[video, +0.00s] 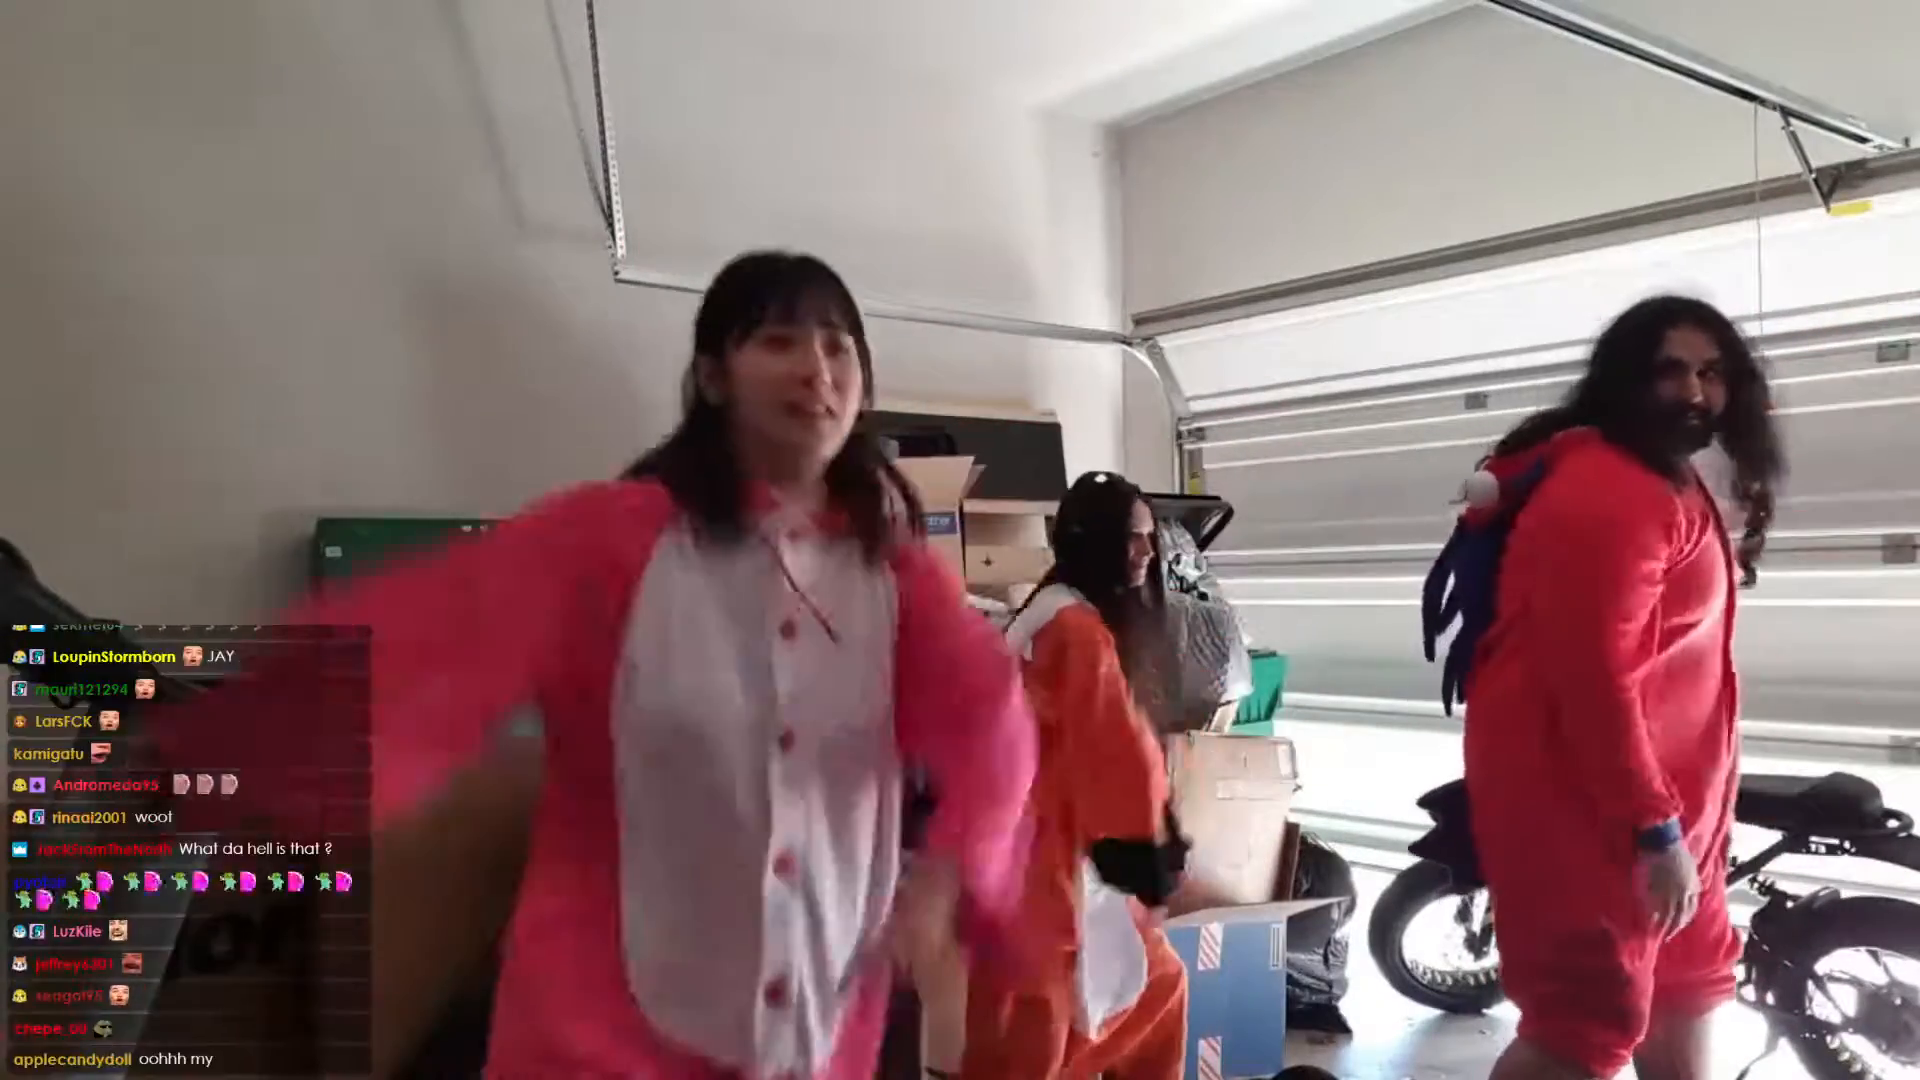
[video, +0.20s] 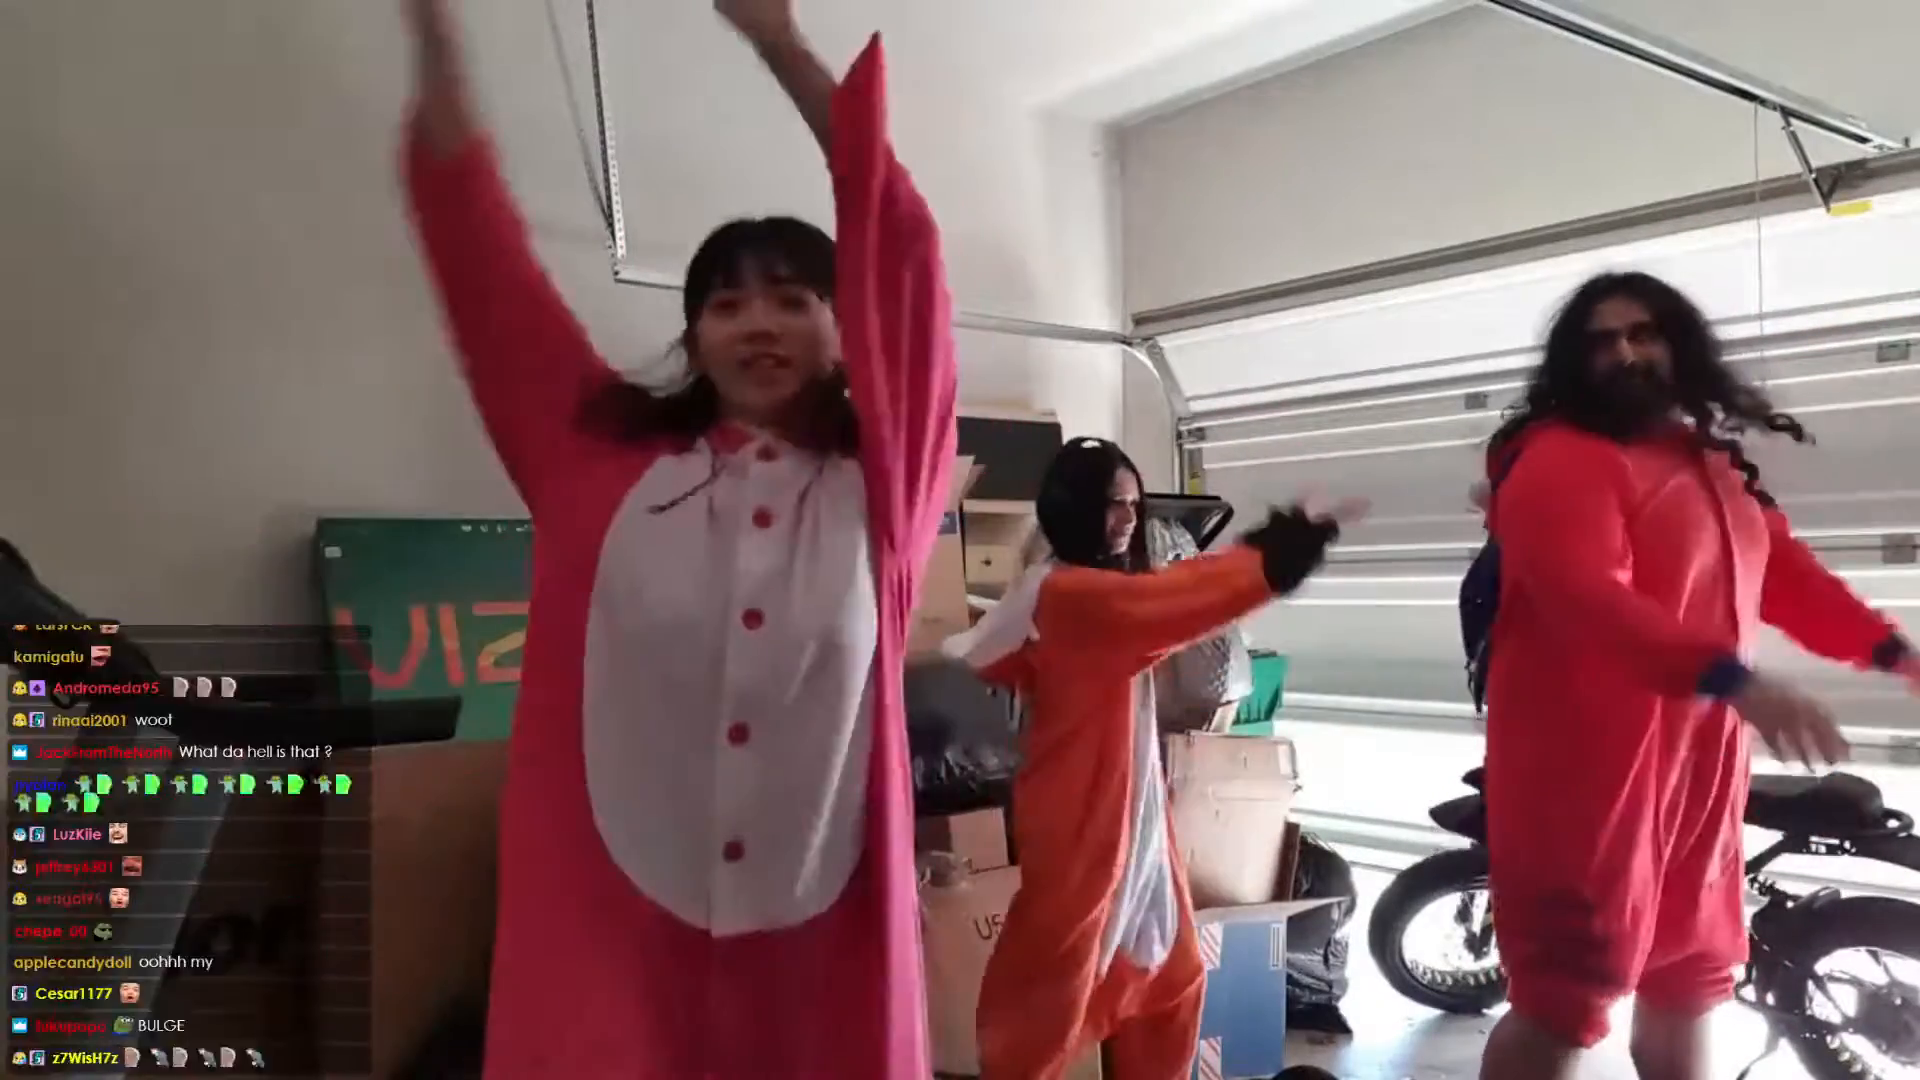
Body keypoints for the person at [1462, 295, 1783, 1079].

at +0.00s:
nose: (1695, 391)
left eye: (1713, 373)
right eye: (1670, 371)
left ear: (1730, 389)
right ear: (1627, 380)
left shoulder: (1675, 485)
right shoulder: (1603, 491)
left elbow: (1664, 667)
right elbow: (1592, 675)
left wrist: (1691, 812)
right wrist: (1655, 828)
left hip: (1662, 798)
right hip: (1578, 807)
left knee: (1689, 984)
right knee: (1586, 1027)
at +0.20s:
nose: (1626, 353)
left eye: (1645, 334)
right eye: (1601, 341)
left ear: (1679, 350)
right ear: (1574, 364)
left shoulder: (1718, 471)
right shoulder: (1558, 461)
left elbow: (1790, 580)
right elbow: (1588, 598)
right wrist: (1735, 680)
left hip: (1694, 785)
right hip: (1579, 783)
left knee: (1684, 993)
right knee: (1559, 1011)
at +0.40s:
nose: (1621, 350)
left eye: (1645, 331)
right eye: (1601, 335)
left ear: (1689, 350)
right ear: (1576, 353)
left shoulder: (1755, 461)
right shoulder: (1545, 446)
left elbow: (1890, 496)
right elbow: (1468, 492)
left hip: (1716, 802)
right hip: (1577, 801)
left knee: (1697, 1013)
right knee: (1586, 1026)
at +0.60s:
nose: (1611, 360)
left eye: (1636, 341)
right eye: (1590, 344)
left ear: (1683, 353)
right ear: (1563, 362)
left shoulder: (1758, 446)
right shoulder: (1531, 448)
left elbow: (1897, 491)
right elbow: (1410, 475)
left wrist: (1883, 389)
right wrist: (1434, 351)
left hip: (1738, 781)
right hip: (1568, 788)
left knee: (1794, 1008)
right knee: (1570, 1022)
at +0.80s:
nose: (1603, 375)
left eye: (1626, 355)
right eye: (1585, 361)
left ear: (1677, 361)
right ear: (1569, 383)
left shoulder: (1787, 477)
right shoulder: (1545, 511)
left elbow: (1859, 634)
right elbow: (1500, 650)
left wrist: (1830, 790)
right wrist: (1496, 769)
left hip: (1755, 813)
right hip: (1592, 820)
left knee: (1814, 1051)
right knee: (1573, 1036)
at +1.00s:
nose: (1645, 372)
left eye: (1667, 352)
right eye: (1631, 357)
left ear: (1722, 354)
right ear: (1617, 373)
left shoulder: (1824, 464)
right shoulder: (1592, 492)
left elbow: (1899, 588)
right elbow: (1513, 592)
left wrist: (1803, 687)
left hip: (1791, 822)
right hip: (1617, 819)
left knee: (1819, 1051)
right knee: (1578, 1033)